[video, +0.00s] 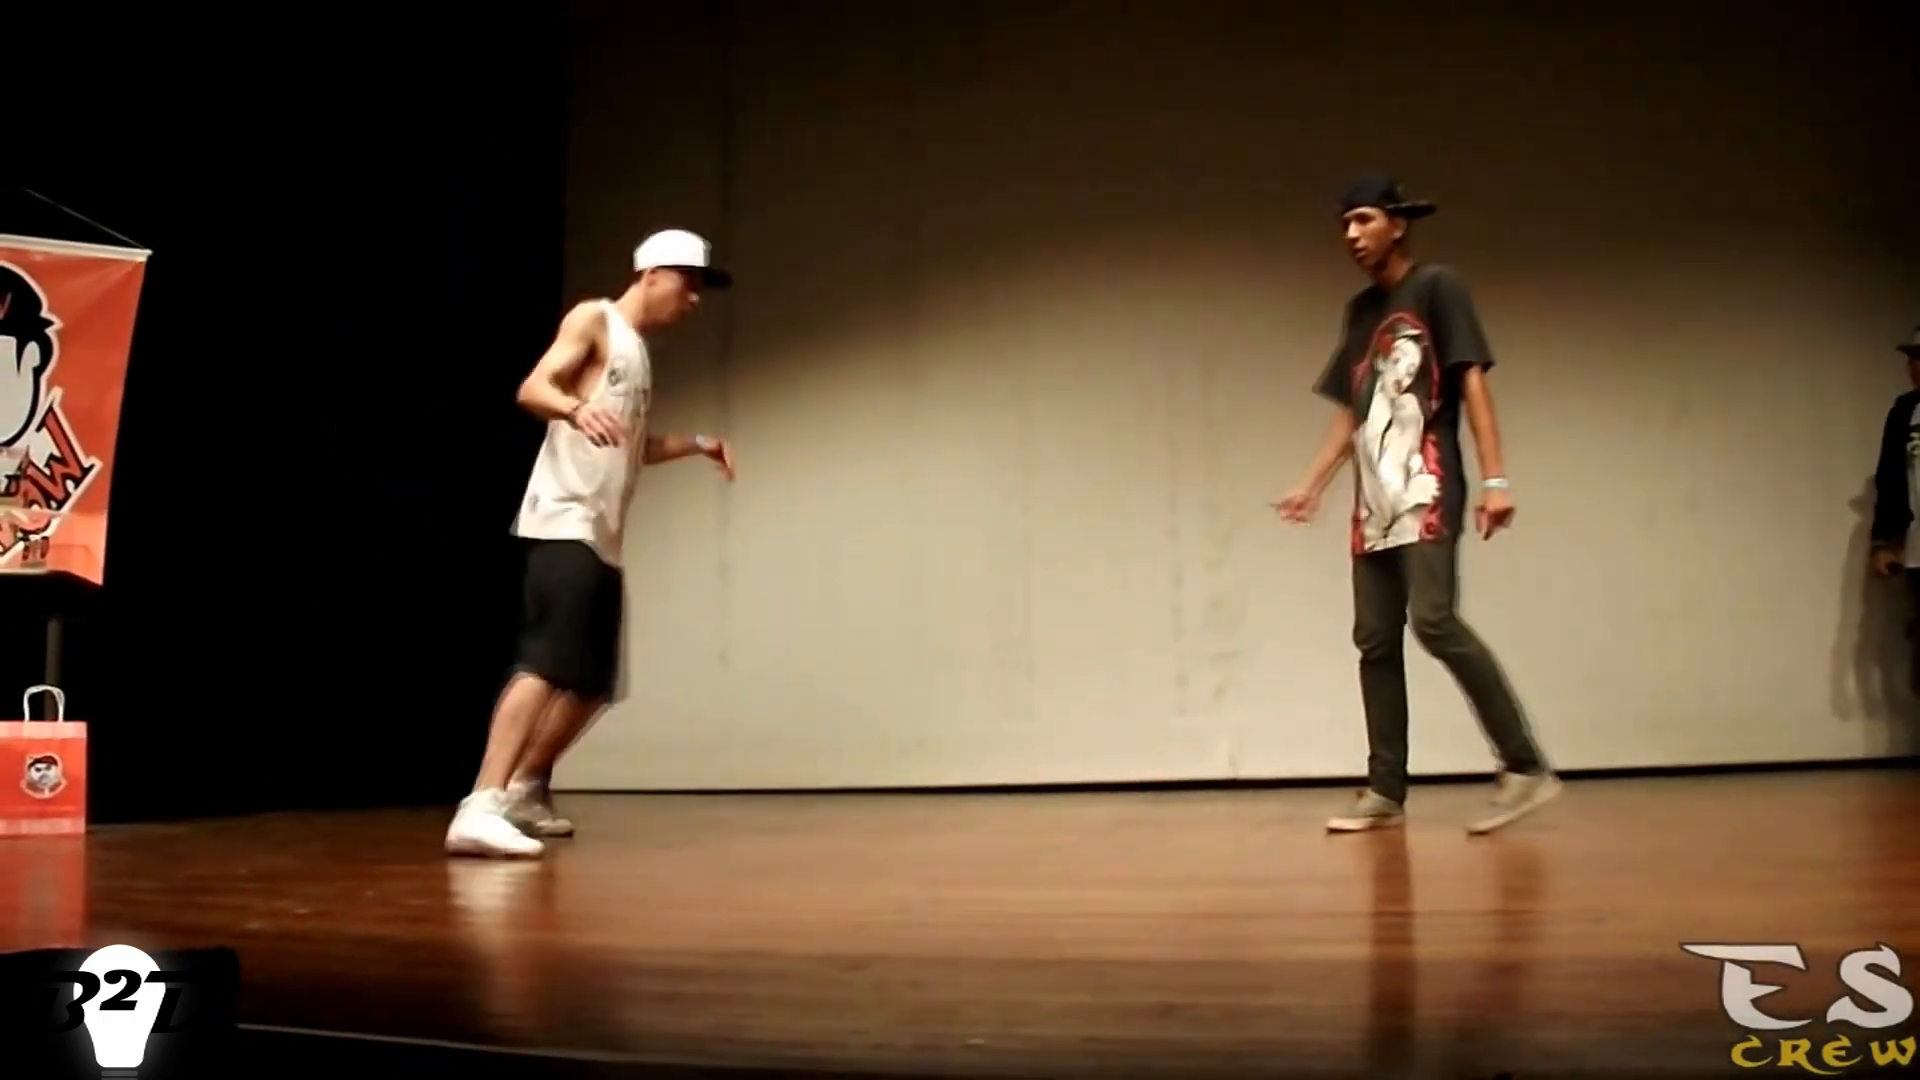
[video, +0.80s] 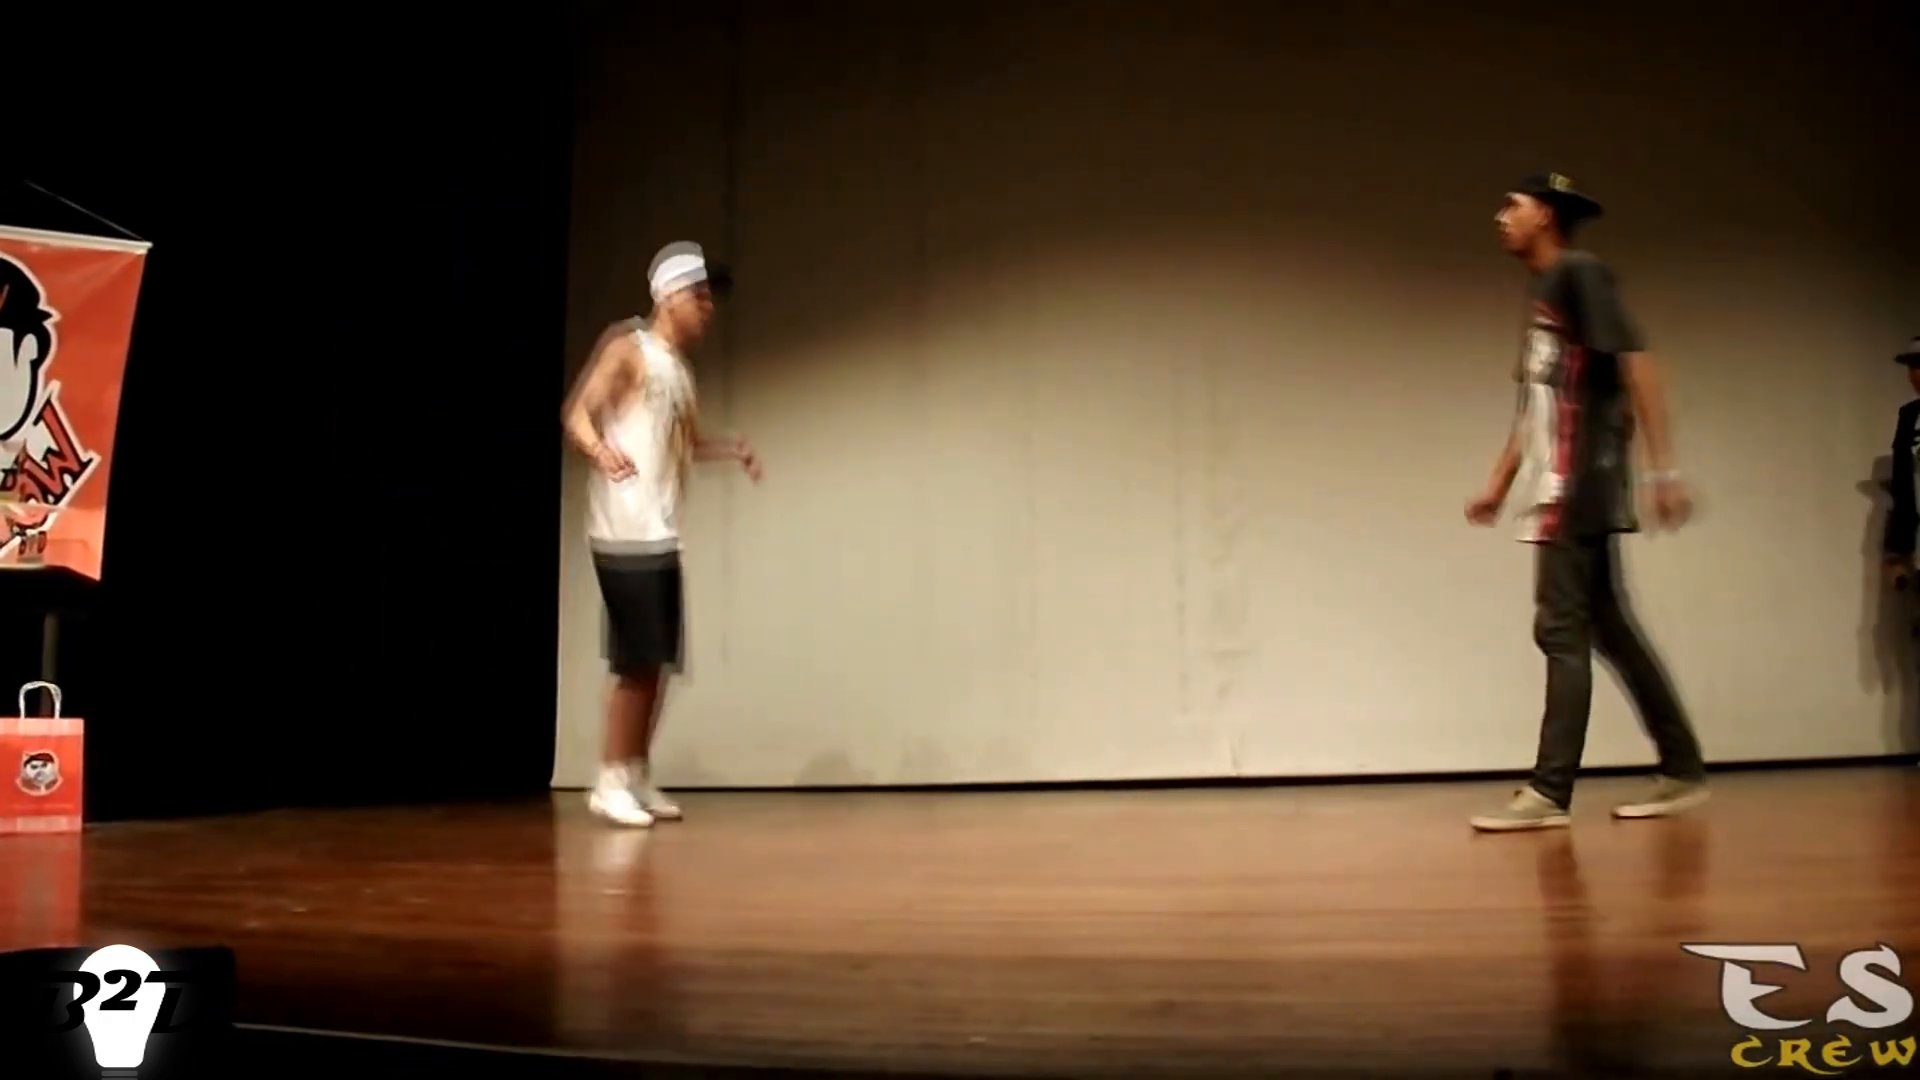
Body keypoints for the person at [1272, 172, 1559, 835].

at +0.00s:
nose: (1353, 233)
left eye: (1364, 220)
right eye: (1347, 224)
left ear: (1398, 225)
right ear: (1346, 236)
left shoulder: (1437, 287)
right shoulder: (1360, 309)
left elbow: (1472, 383)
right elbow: (1350, 413)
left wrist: (1494, 479)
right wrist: (1311, 483)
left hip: (1428, 493)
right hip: (1372, 502)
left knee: (1435, 623)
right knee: (1375, 641)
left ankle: (1528, 769)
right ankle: (1385, 793)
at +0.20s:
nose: (1376, 229)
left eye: (1387, 216)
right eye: (1374, 218)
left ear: (1425, 220)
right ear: (1390, 229)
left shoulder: (1471, 283)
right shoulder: (1402, 304)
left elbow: (1498, 378)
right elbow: (1403, 410)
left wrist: (1496, 473)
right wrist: (1393, 501)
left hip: (1464, 494)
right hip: (1409, 499)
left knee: (1477, 630)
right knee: (1397, 639)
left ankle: (1543, 784)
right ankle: (1392, 792)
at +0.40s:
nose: (1414, 221)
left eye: (1426, 208)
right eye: (1415, 210)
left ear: (1464, 214)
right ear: (1443, 221)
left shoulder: (1505, 271)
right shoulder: (1459, 292)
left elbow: (1525, 354)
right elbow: (1465, 399)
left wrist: (1494, 432)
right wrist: (1449, 498)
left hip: (1515, 488)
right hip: (1469, 492)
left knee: (1528, 630)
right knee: (1440, 624)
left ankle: (1552, 790)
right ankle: (1451, 788)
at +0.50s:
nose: (1435, 214)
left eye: (1447, 203)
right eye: (1438, 204)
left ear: (1484, 209)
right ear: (1473, 213)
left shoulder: (1524, 268)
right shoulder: (1484, 285)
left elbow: (1537, 353)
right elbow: (1498, 382)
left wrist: (1502, 431)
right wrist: (1488, 461)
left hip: (1534, 481)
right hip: (1492, 481)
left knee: (1541, 629)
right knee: (1455, 619)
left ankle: (1553, 793)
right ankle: (1532, 761)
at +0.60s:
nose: (1458, 211)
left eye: (1470, 200)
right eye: (1460, 201)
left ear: (1505, 208)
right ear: (1494, 211)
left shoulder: (1543, 269)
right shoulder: (1503, 283)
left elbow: (1563, 364)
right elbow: (1504, 398)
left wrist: (1541, 453)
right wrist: (1488, 497)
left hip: (1544, 488)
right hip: (1507, 491)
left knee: (1547, 629)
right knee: (1499, 627)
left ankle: (1551, 791)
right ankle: (1607, 737)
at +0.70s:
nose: (1481, 213)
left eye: (1493, 202)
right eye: (1483, 203)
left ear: (1529, 211)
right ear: (1517, 216)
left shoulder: (1564, 271)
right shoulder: (1527, 286)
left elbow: (1600, 369)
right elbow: (1526, 403)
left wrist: (1595, 471)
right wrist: (1503, 488)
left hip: (1561, 488)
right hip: (1534, 491)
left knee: (1556, 630)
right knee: (1555, 628)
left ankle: (1550, 791)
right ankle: (1663, 754)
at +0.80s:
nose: (1501, 217)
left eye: (1512, 206)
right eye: (1505, 206)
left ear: (1545, 217)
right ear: (1537, 218)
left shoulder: (1582, 276)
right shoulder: (1543, 290)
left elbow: (1637, 366)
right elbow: (1534, 403)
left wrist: (1662, 471)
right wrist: (1500, 481)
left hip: (1579, 493)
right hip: (1561, 493)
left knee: (1562, 631)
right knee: (1608, 628)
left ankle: (1549, 792)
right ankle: (1684, 770)